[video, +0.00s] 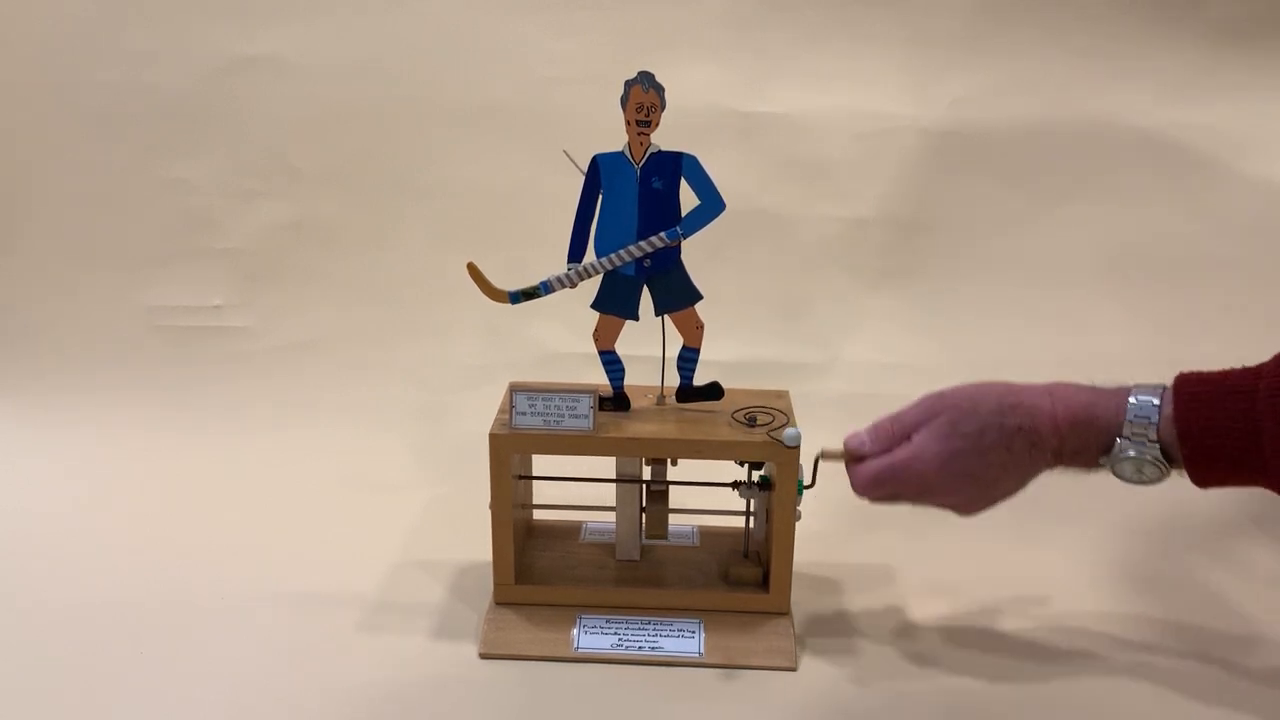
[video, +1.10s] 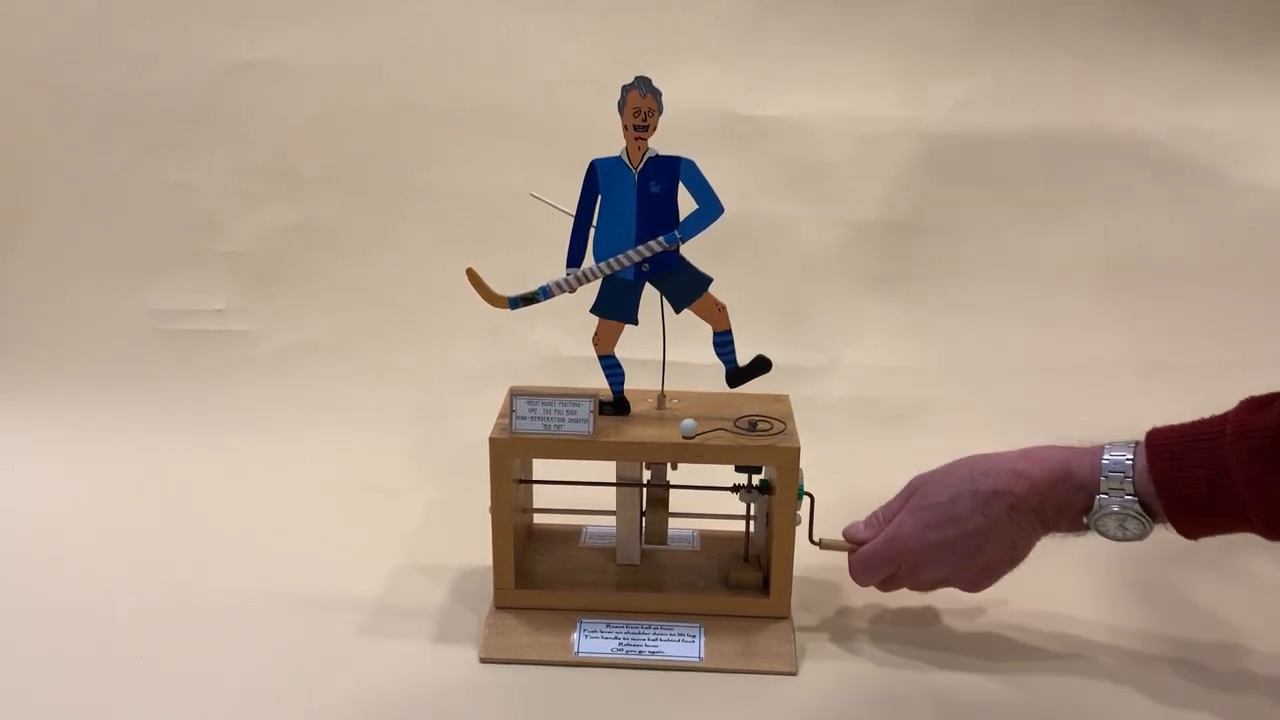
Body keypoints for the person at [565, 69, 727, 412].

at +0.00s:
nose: (645, 113)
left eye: (652, 108)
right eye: (638, 106)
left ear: (661, 115)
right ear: (624, 112)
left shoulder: (678, 163)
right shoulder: (602, 165)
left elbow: (715, 204)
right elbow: (583, 218)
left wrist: (677, 234)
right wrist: (574, 266)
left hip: (664, 265)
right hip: (620, 267)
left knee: (694, 331)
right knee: (603, 337)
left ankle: (685, 390)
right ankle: (618, 395)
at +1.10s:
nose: (642, 117)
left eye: (649, 111)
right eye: (635, 110)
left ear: (658, 119)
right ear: (620, 116)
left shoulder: (676, 167)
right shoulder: (600, 170)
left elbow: (713, 208)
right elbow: (582, 223)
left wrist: (674, 238)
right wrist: (572, 271)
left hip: (666, 263)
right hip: (621, 268)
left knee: (718, 313)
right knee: (603, 342)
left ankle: (733, 372)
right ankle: (618, 400)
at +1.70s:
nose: (647, 121)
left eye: (654, 114)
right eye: (640, 113)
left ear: (663, 122)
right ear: (626, 118)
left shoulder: (681, 170)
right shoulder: (604, 171)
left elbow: (716, 211)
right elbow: (585, 224)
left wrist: (676, 241)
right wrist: (575, 270)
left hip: (667, 270)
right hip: (621, 272)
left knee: (706, 330)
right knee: (603, 344)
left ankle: (707, 389)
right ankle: (618, 402)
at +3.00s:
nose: (643, 121)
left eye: (651, 115)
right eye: (637, 113)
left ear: (660, 121)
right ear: (622, 118)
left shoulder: (676, 170)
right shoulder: (601, 171)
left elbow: (713, 211)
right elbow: (581, 225)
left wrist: (675, 241)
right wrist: (571, 273)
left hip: (661, 277)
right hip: (617, 277)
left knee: (675, 343)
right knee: (600, 344)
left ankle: (658, 400)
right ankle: (615, 401)